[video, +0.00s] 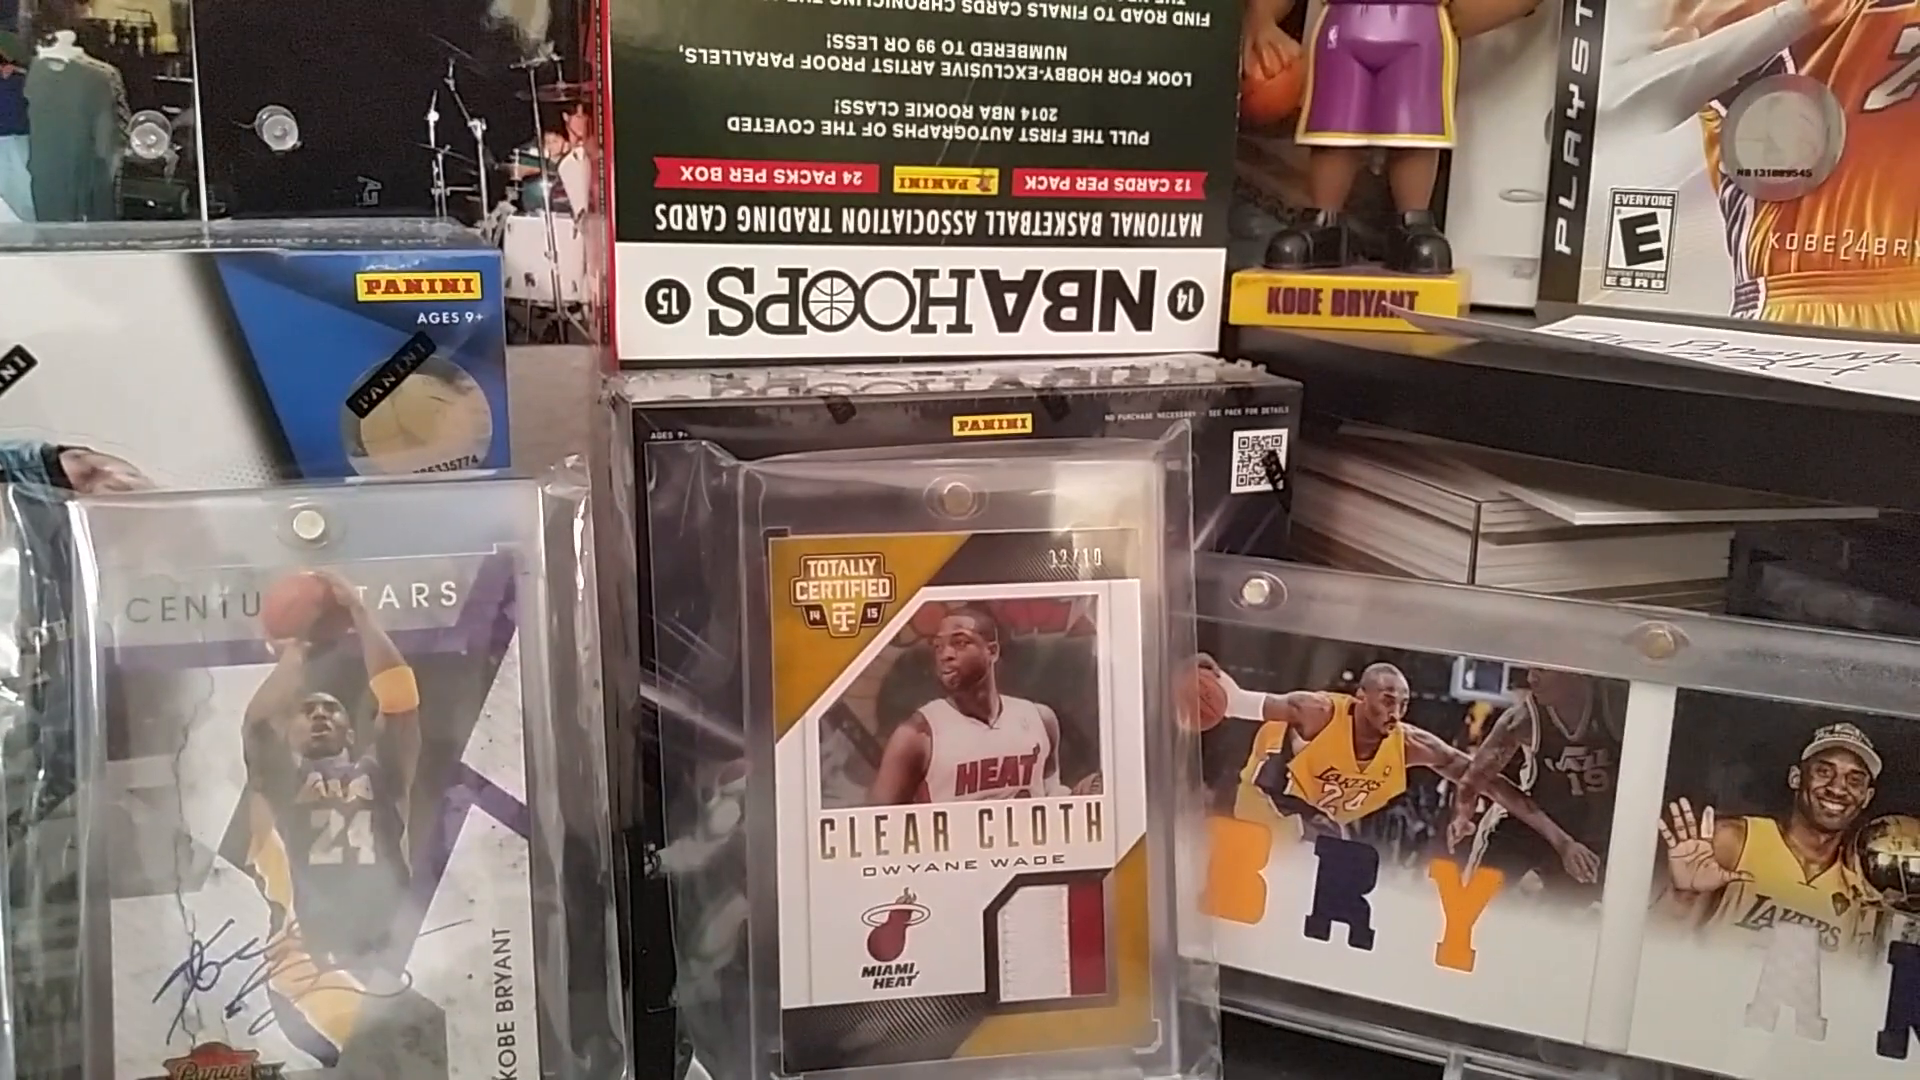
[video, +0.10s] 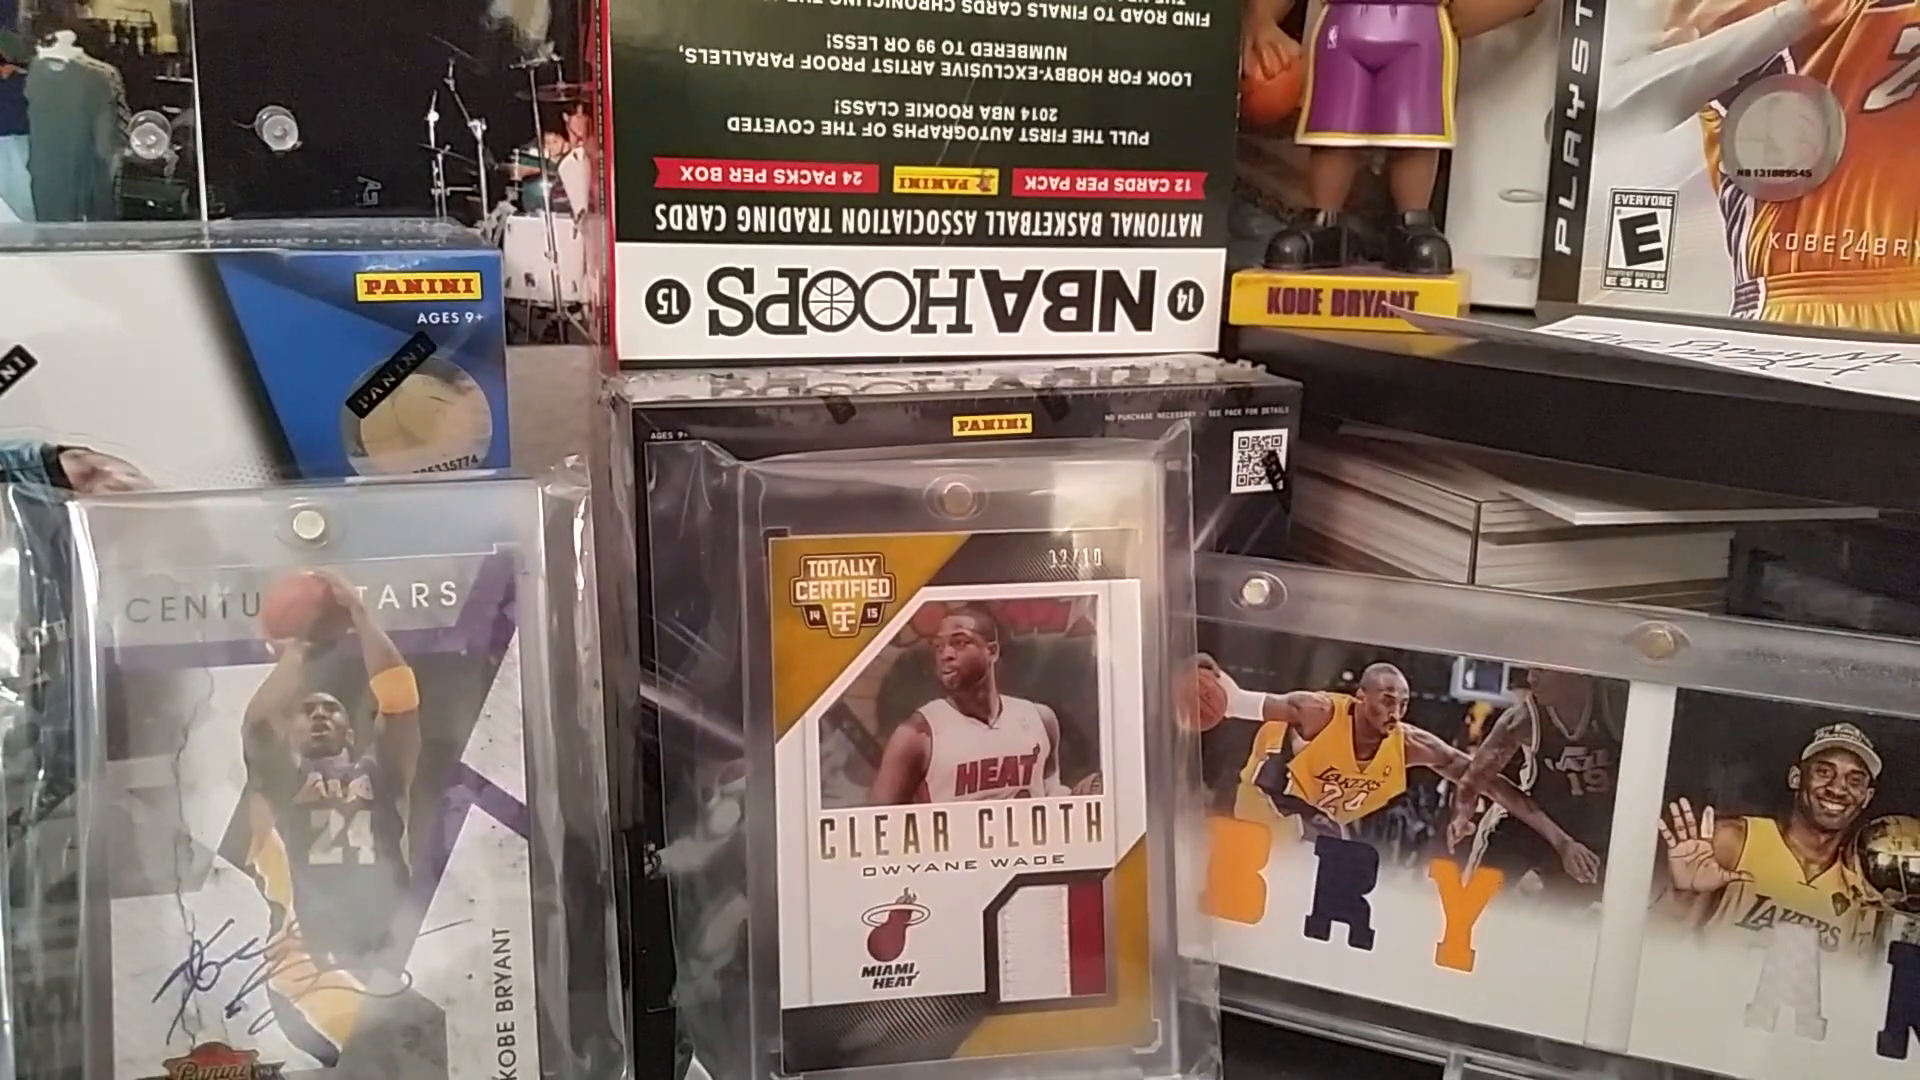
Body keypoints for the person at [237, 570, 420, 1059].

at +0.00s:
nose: (320, 716)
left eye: (331, 709)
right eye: (307, 711)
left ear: (350, 728)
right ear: (290, 732)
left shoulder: (383, 775)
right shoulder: (278, 781)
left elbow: (399, 699)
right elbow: (261, 720)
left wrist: (359, 609)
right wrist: (298, 646)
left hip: (379, 960)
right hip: (305, 963)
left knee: (427, 1032)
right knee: (391, 1036)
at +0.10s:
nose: (319, 716)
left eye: (331, 709)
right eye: (307, 711)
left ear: (350, 728)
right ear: (290, 734)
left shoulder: (383, 776)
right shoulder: (278, 783)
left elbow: (398, 698)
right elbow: (260, 719)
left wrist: (359, 610)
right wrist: (298, 645)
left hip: (378, 962)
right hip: (304, 964)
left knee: (427, 1033)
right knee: (390, 1039)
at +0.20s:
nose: (319, 716)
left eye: (331, 709)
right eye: (307, 711)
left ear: (350, 728)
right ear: (290, 734)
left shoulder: (383, 777)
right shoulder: (278, 784)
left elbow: (398, 697)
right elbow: (261, 718)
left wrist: (358, 608)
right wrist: (298, 645)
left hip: (376, 961)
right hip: (304, 963)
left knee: (426, 1032)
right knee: (392, 1036)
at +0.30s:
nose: (319, 716)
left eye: (331, 709)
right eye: (307, 711)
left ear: (350, 730)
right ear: (290, 733)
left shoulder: (383, 776)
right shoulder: (277, 783)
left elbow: (398, 699)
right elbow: (261, 718)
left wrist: (358, 608)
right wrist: (297, 647)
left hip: (379, 960)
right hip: (304, 963)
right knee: (392, 1037)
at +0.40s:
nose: (319, 715)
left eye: (331, 709)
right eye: (307, 711)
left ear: (349, 729)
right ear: (290, 732)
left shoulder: (383, 774)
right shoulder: (281, 783)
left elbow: (398, 698)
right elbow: (261, 720)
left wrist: (358, 608)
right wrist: (297, 647)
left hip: (380, 958)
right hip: (307, 959)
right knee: (379, 1043)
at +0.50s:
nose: (321, 716)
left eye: (332, 709)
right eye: (308, 711)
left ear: (351, 729)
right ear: (291, 733)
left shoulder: (382, 775)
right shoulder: (278, 781)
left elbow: (399, 698)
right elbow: (262, 719)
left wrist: (359, 608)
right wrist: (298, 647)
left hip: (378, 961)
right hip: (304, 963)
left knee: (427, 1032)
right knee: (396, 1035)